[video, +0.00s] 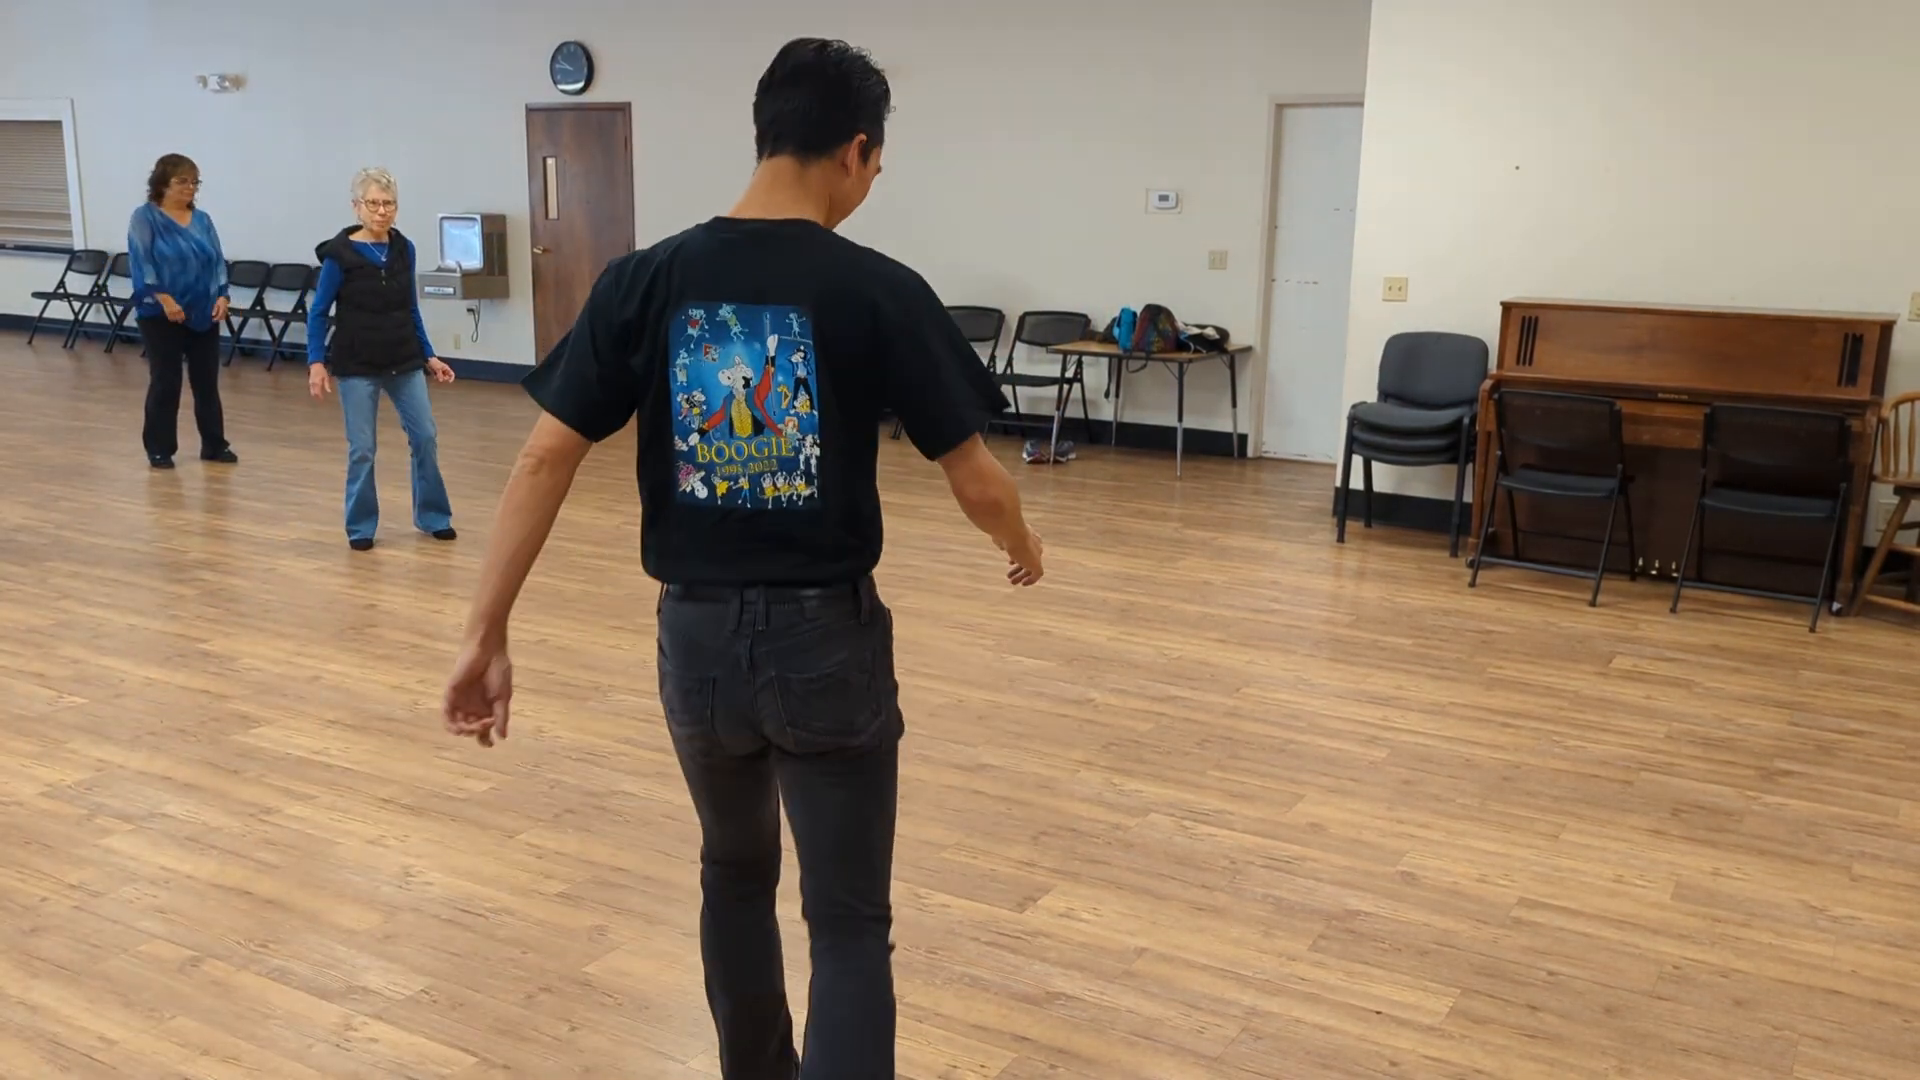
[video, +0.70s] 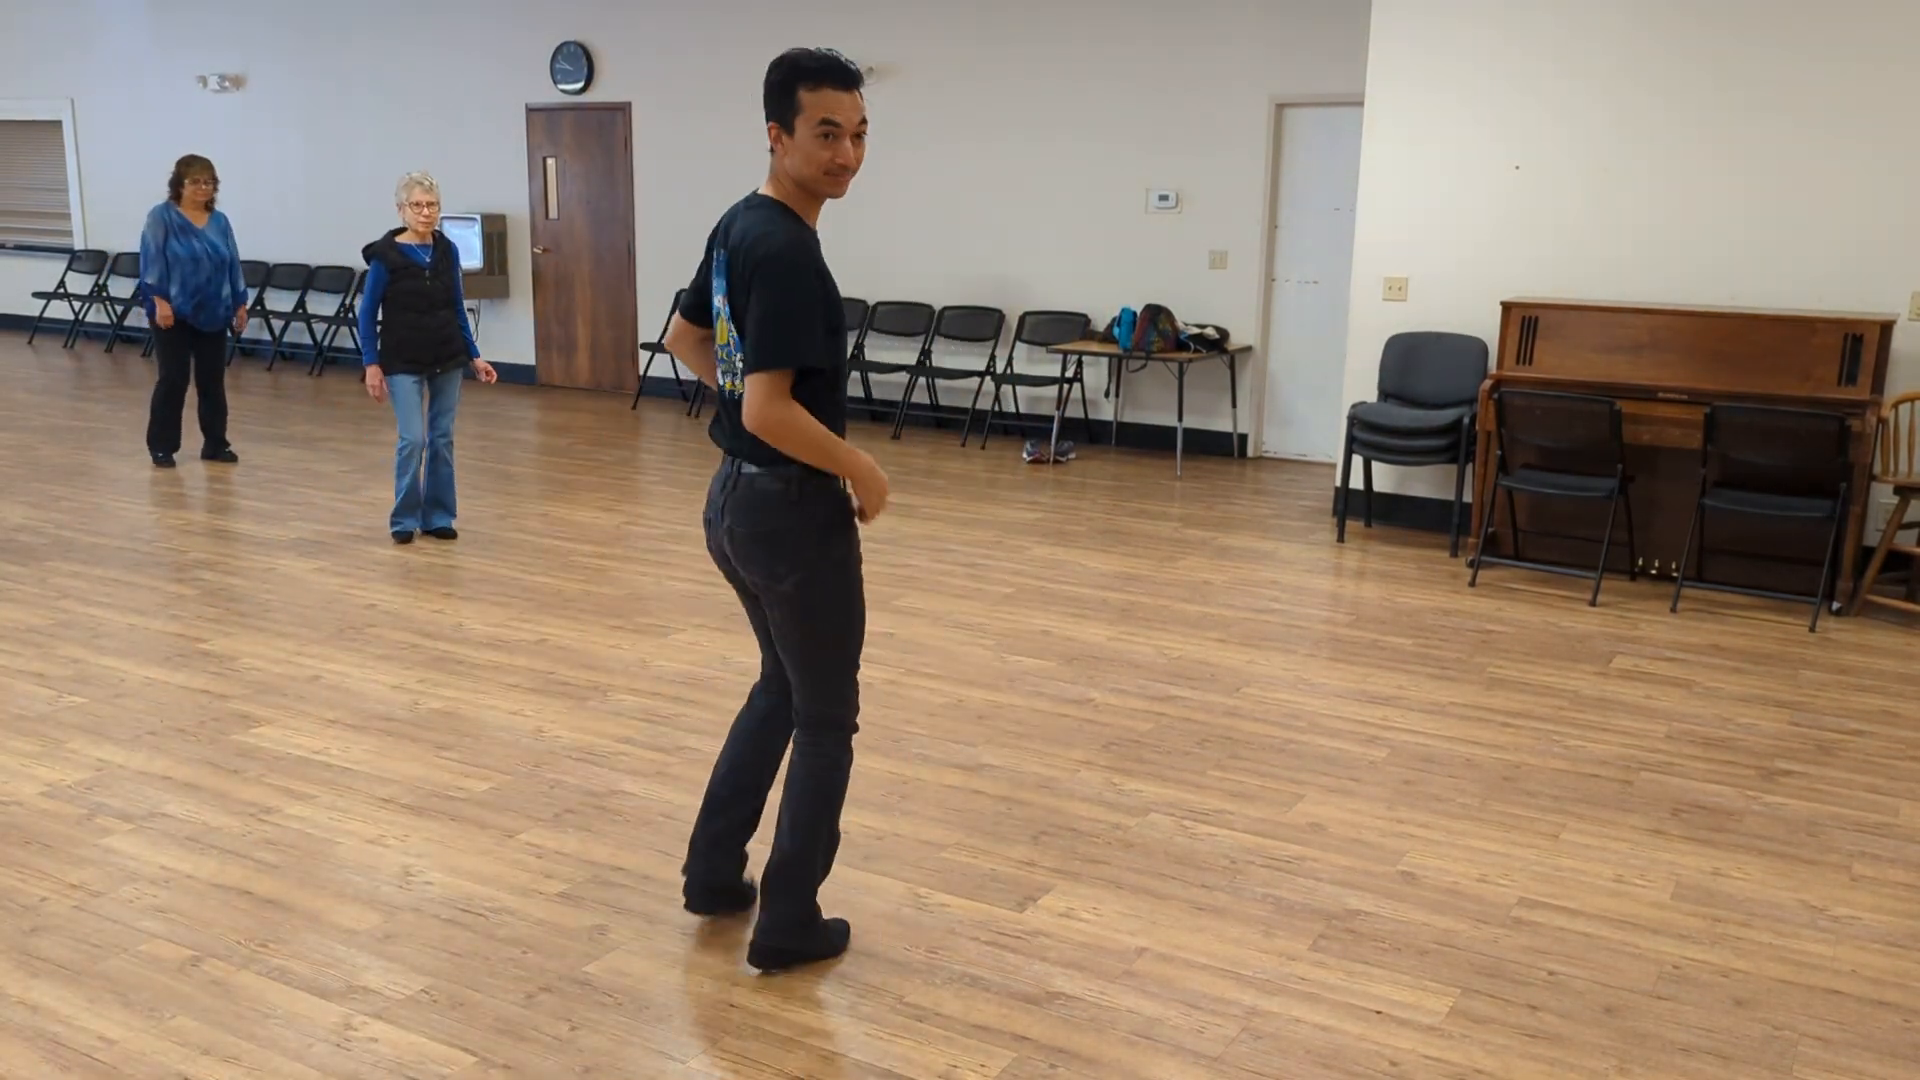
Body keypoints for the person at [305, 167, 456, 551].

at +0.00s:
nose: (382, 210)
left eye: (388, 203)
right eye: (373, 204)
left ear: (396, 207)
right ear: (357, 206)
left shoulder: (403, 249)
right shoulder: (340, 253)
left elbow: (411, 309)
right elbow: (318, 312)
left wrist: (429, 356)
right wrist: (316, 362)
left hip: (405, 361)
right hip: (356, 365)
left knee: (425, 436)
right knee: (362, 449)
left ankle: (434, 517)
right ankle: (361, 528)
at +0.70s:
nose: (426, 212)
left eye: (432, 205)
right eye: (417, 206)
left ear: (440, 209)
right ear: (402, 209)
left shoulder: (447, 250)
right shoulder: (386, 253)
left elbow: (458, 309)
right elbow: (367, 312)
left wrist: (475, 357)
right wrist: (371, 363)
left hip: (448, 358)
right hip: (403, 361)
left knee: (441, 439)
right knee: (413, 439)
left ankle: (439, 518)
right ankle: (405, 519)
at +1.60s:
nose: (420, 210)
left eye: (426, 203)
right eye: (412, 203)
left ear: (434, 208)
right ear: (398, 209)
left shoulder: (444, 251)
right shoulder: (382, 254)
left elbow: (454, 307)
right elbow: (360, 312)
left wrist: (467, 360)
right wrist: (371, 359)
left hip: (445, 358)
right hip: (403, 360)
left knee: (445, 437)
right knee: (430, 432)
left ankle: (437, 517)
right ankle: (406, 501)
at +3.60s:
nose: (438, 208)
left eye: (443, 201)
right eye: (430, 201)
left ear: (451, 205)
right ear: (413, 205)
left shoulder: (454, 247)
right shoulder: (397, 251)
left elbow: (456, 303)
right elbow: (369, 307)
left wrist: (470, 351)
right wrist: (382, 356)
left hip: (457, 358)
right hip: (414, 360)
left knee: (454, 441)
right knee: (412, 444)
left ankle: (455, 518)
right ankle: (406, 523)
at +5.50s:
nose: (422, 210)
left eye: (427, 203)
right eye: (413, 203)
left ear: (433, 207)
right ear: (395, 206)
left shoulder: (432, 249)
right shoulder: (379, 253)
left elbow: (433, 307)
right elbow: (350, 310)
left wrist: (451, 351)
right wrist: (366, 360)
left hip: (436, 361)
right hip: (393, 364)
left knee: (454, 435)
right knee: (400, 447)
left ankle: (452, 517)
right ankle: (409, 526)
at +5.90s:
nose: (430, 206)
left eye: (435, 199)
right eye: (421, 200)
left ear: (441, 204)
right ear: (404, 205)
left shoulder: (444, 246)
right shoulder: (389, 253)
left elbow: (446, 304)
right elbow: (360, 309)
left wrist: (465, 347)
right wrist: (377, 358)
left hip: (449, 359)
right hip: (406, 362)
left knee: (457, 441)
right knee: (408, 446)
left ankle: (464, 521)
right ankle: (410, 526)